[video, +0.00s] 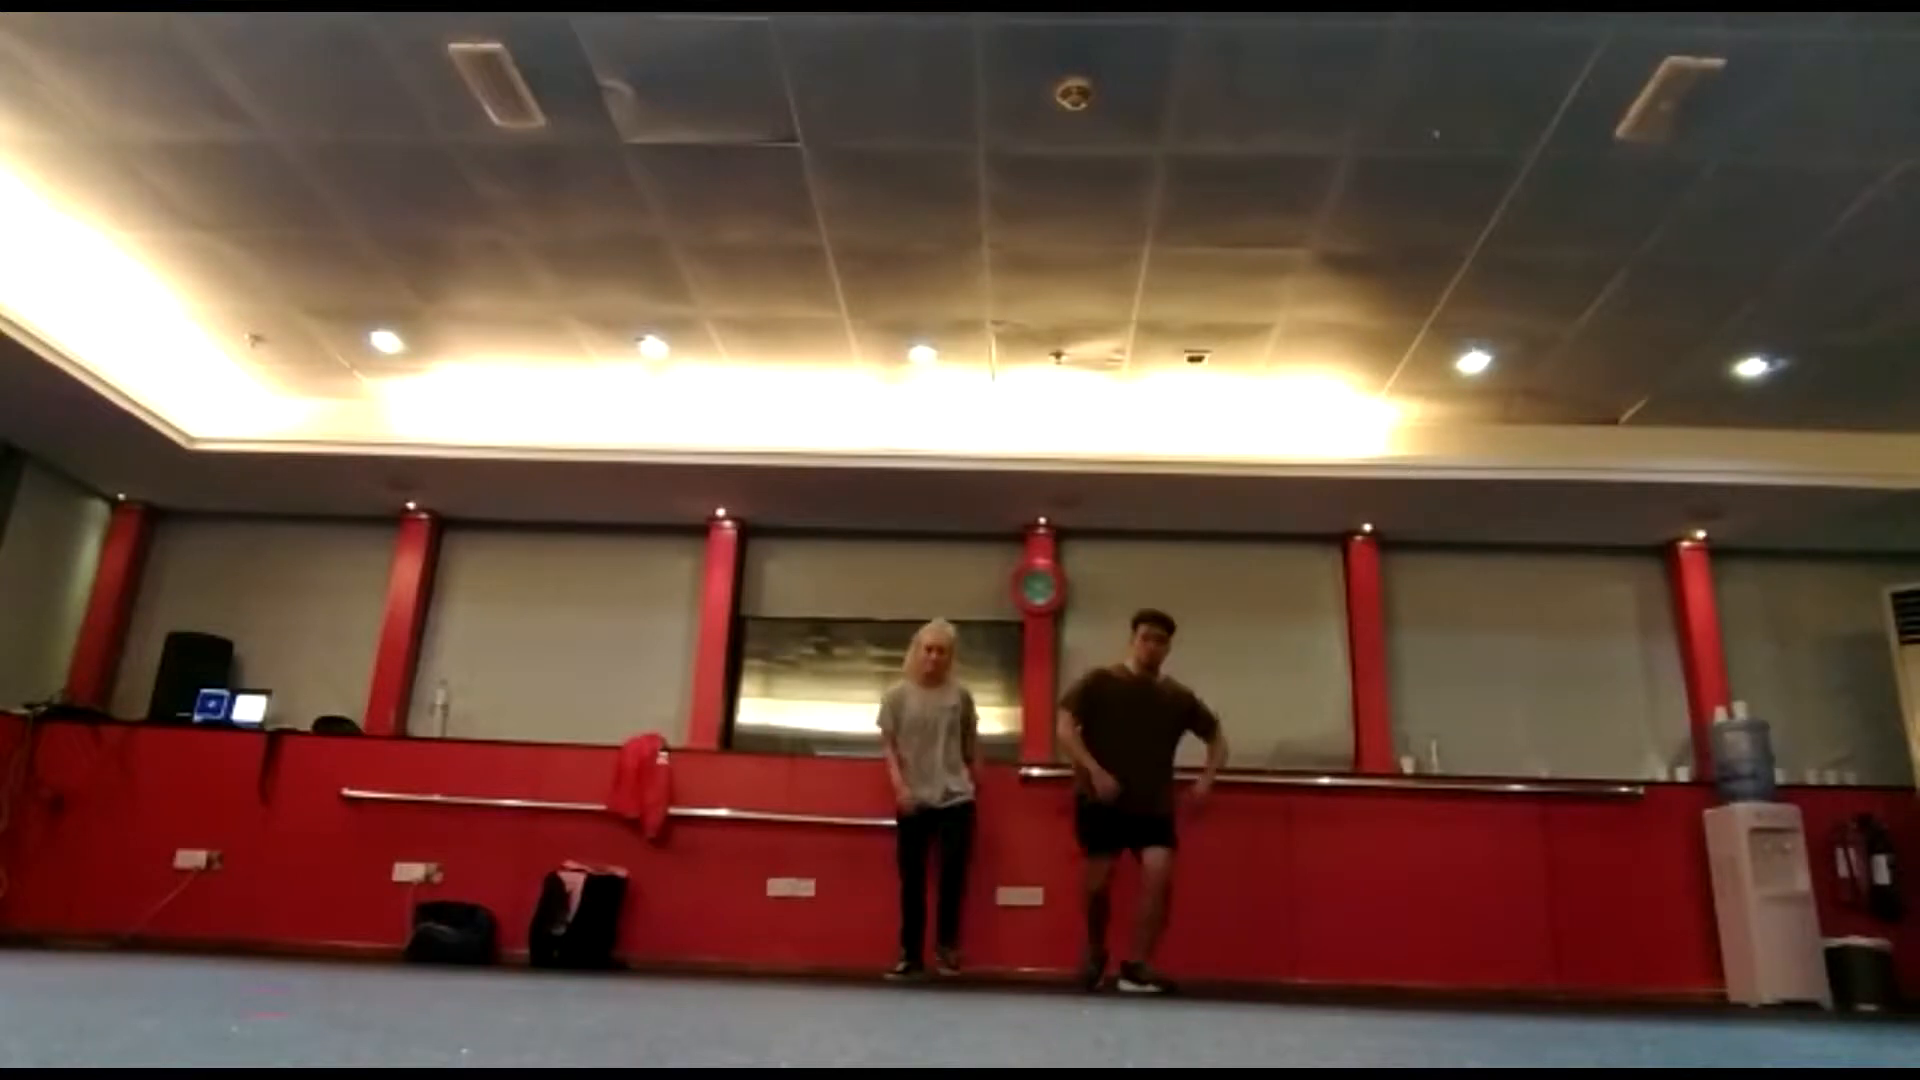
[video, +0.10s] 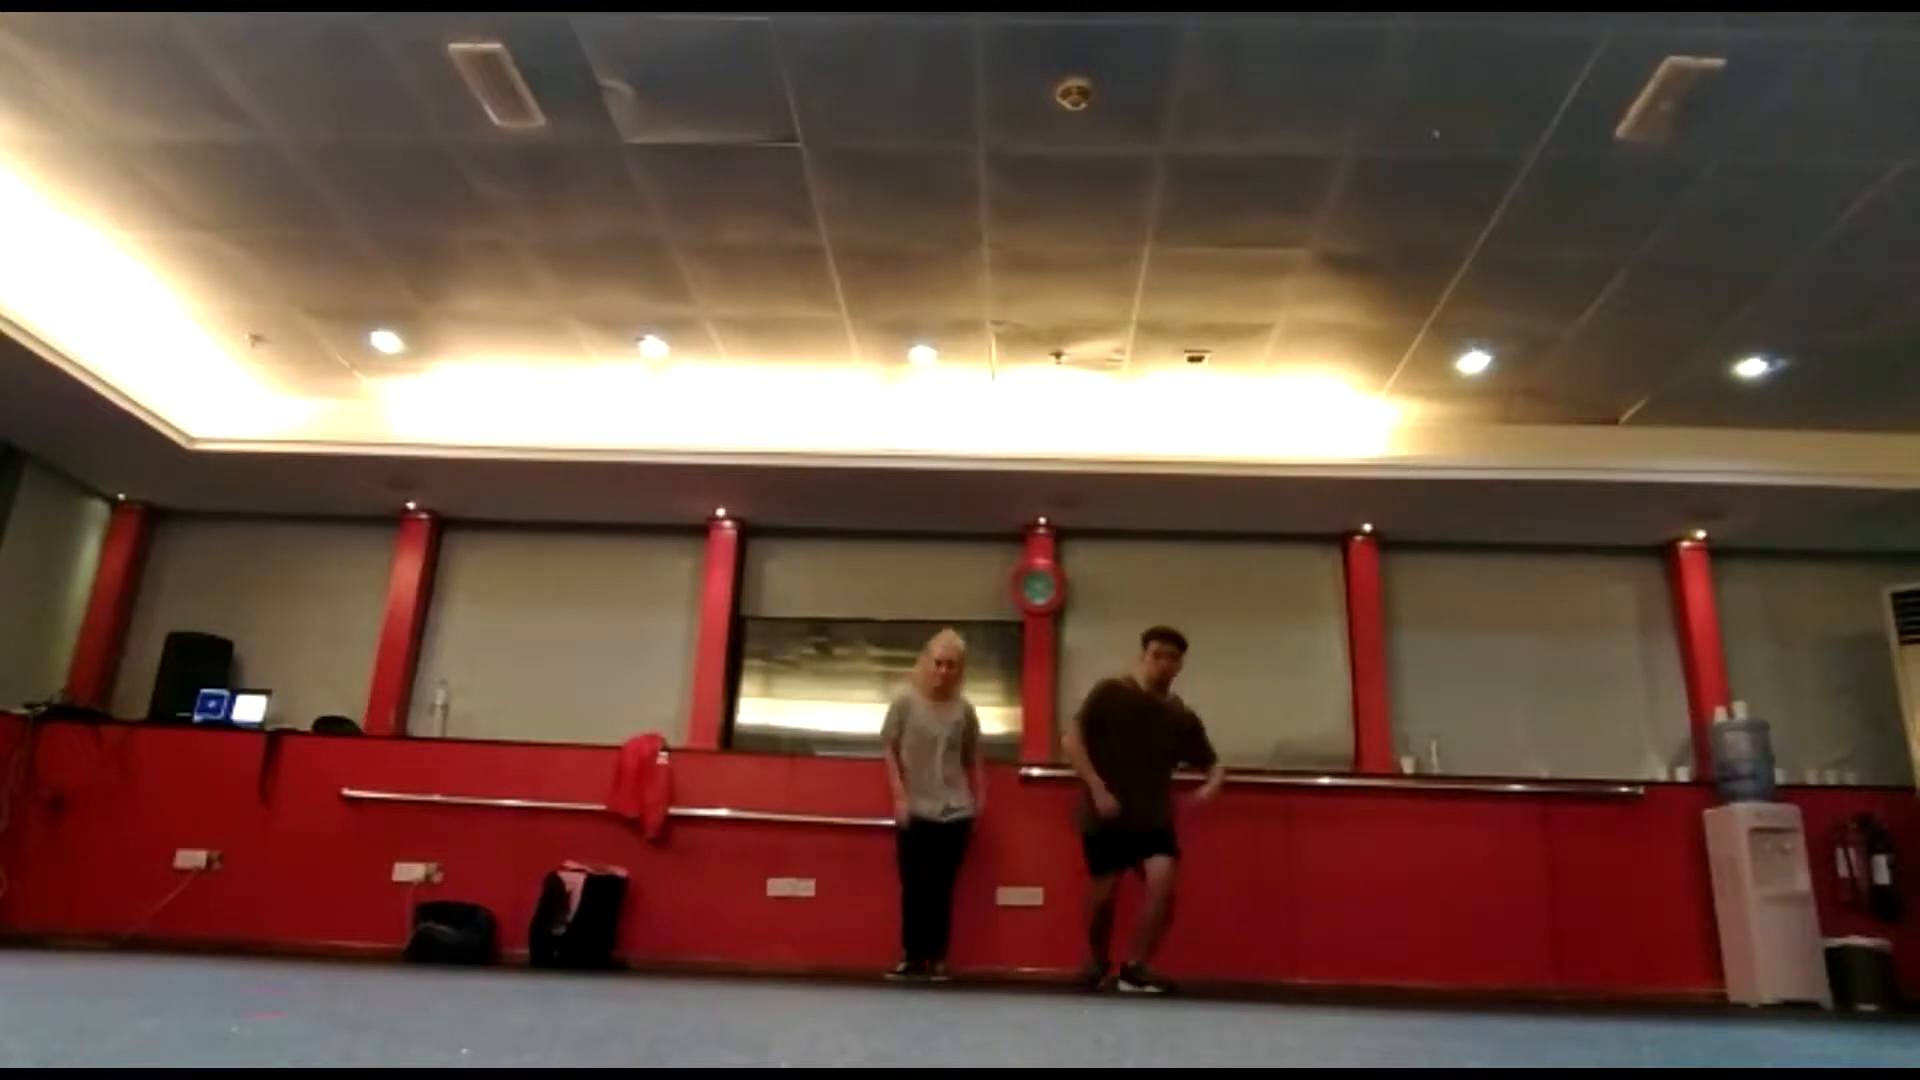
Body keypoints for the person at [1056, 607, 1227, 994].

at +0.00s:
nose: (1152, 647)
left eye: (1159, 641)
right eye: (1146, 638)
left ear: (1168, 648)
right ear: (1132, 640)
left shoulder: (1176, 697)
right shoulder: (1099, 683)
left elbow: (1216, 737)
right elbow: (1064, 726)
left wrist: (1207, 778)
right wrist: (1094, 772)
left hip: (1153, 800)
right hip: (1103, 797)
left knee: (1159, 872)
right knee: (1097, 876)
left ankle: (1137, 963)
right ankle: (1095, 957)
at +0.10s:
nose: (1162, 664)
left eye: (1170, 658)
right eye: (1157, 655)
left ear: (1180, 665)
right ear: (1143, 656)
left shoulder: (1179, 715)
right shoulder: (1110, 693)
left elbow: (1214, 764)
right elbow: (1073, 739)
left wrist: (1208, 788)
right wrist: (1098, 789)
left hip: (1154, 807)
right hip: (1108, 803)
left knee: (1162, 879)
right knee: (1104, 887)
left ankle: (1136, 965)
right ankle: (1098, 963)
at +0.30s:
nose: (1171, 619)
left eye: (1180, 612)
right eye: (1166, 610)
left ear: (1192, 619)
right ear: (1154, 613)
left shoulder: (1195, 675)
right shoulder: (1123, 645)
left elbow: (1183, 736)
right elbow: (1090, 691)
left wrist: (1179, 790)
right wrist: (1104, 737)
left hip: (1158, 763)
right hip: (1115, 752)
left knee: (1154, 851)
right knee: (1113, 809)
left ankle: (1141, 948)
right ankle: (1106, 850)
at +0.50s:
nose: (1154, 610)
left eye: (1162, 602)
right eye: (1147, 603)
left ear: (1177, 607)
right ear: (1137, 609)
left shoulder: (1197, 660)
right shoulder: (1122, 646)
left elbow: (1188, 730)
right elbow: (1097, 692)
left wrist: (1172, 788)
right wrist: (1120, 732)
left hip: (1173, 754)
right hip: (1131, 745)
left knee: (1162, 846)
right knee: (1137, 797)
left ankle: (1151, 948)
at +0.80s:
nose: (1122, 647)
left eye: (1129, 637)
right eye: (1113, 641)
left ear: (1145, 638)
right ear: (1105, 648)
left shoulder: (1187, 670)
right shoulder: (1118, 698)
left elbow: (1249, 695)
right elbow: (1119, 753)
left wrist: (1200, 731)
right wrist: (1143, 766)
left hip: (1210, 783)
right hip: (1162, 785)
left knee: (1191, 879)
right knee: (1170, 845)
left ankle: (1153, 950)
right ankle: (1188, 958)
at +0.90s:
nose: (1132, 614)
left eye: (1138, 603)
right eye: (1124, 608)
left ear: (1156, 604)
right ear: (1116, 616)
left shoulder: (1198, 636)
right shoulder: (1122, 666)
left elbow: (1250, 665)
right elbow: (1111, 728)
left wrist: (1219, 708)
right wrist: (1158, 734)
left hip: (1216, 759)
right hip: (1165, 764)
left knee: (1223, 852)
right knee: (1176, 844)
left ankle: (1196, 880)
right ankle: (1188, 959)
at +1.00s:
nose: (1147, 592)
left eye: (1153, 581)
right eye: (1138, 584)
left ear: (1171, 582)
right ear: (1128, 591)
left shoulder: (1206, 615)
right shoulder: (1126, 640)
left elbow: (1256, 630)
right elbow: (1070, 676)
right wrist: (1104, 701)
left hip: (1218, 742)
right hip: (1166, 751)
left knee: (1234, 821)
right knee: (1179, 845)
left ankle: (1232, 834)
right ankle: (1188, 960)